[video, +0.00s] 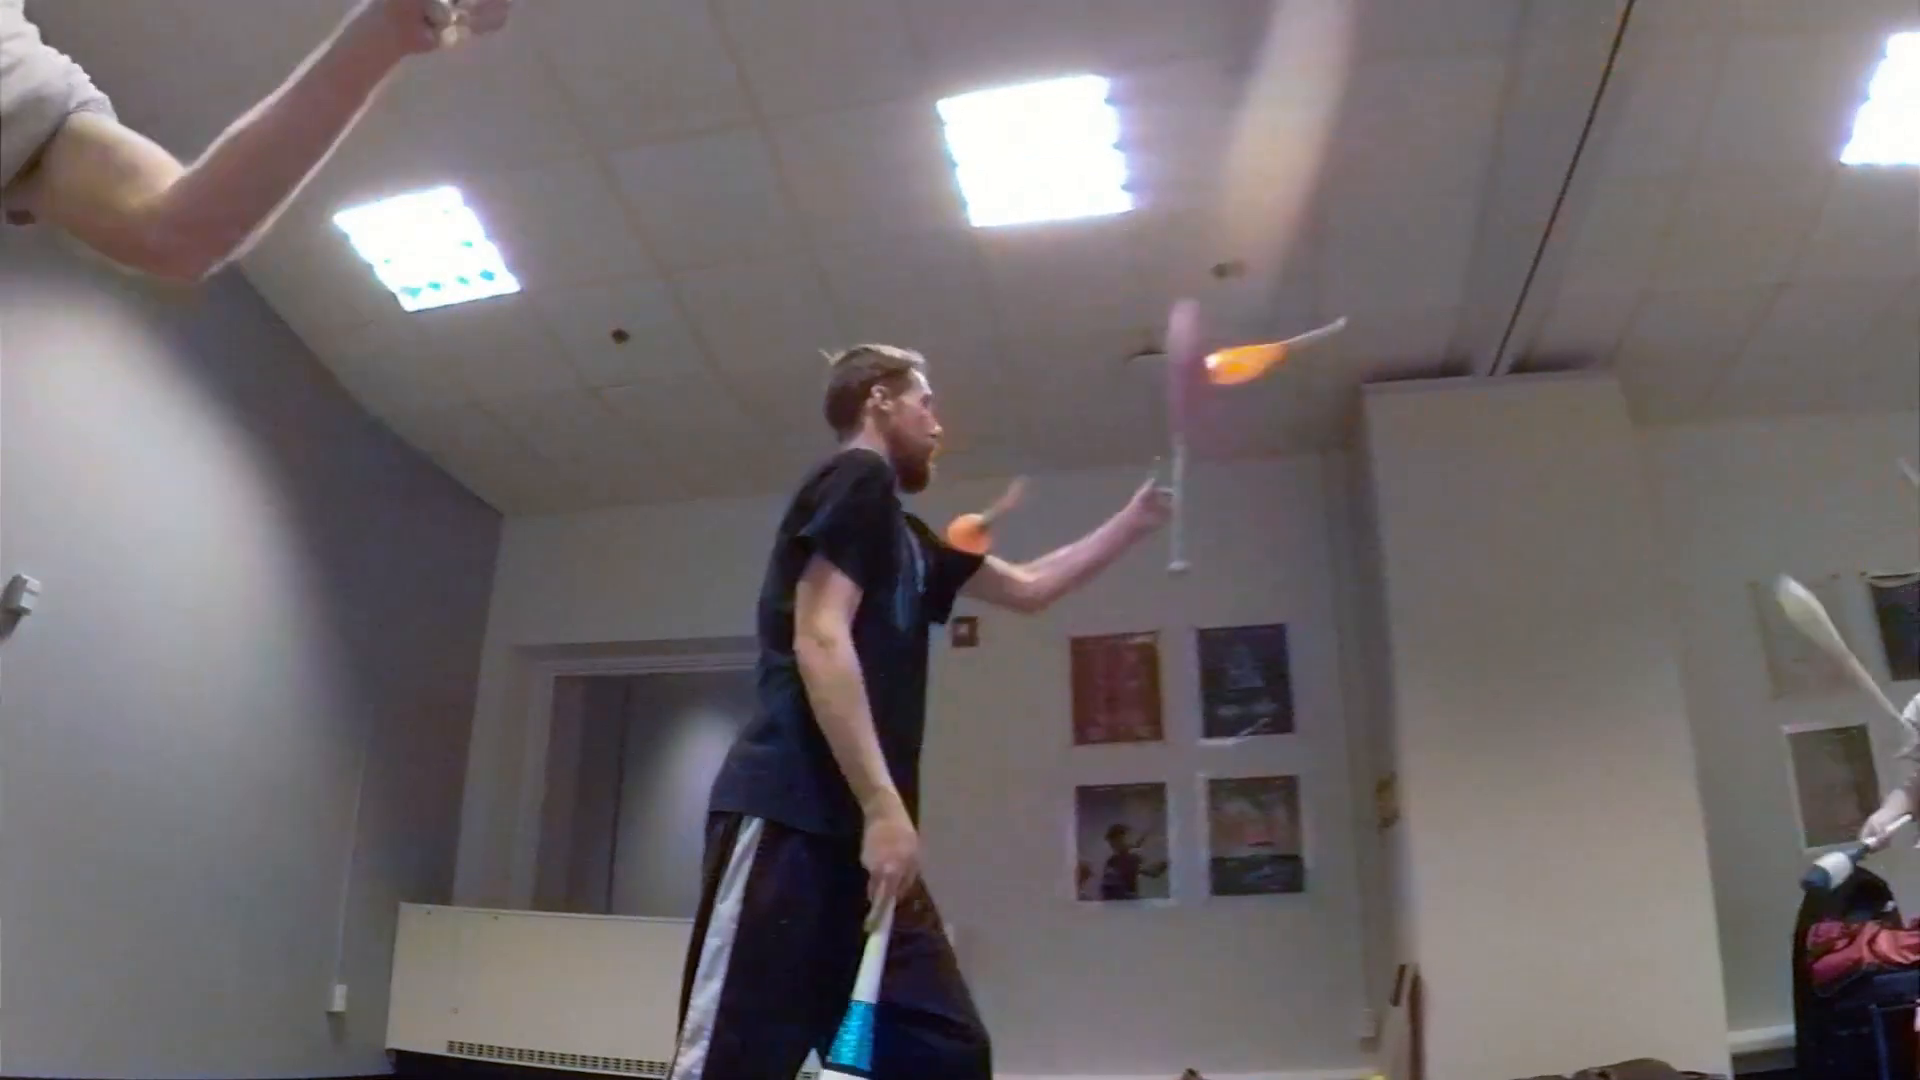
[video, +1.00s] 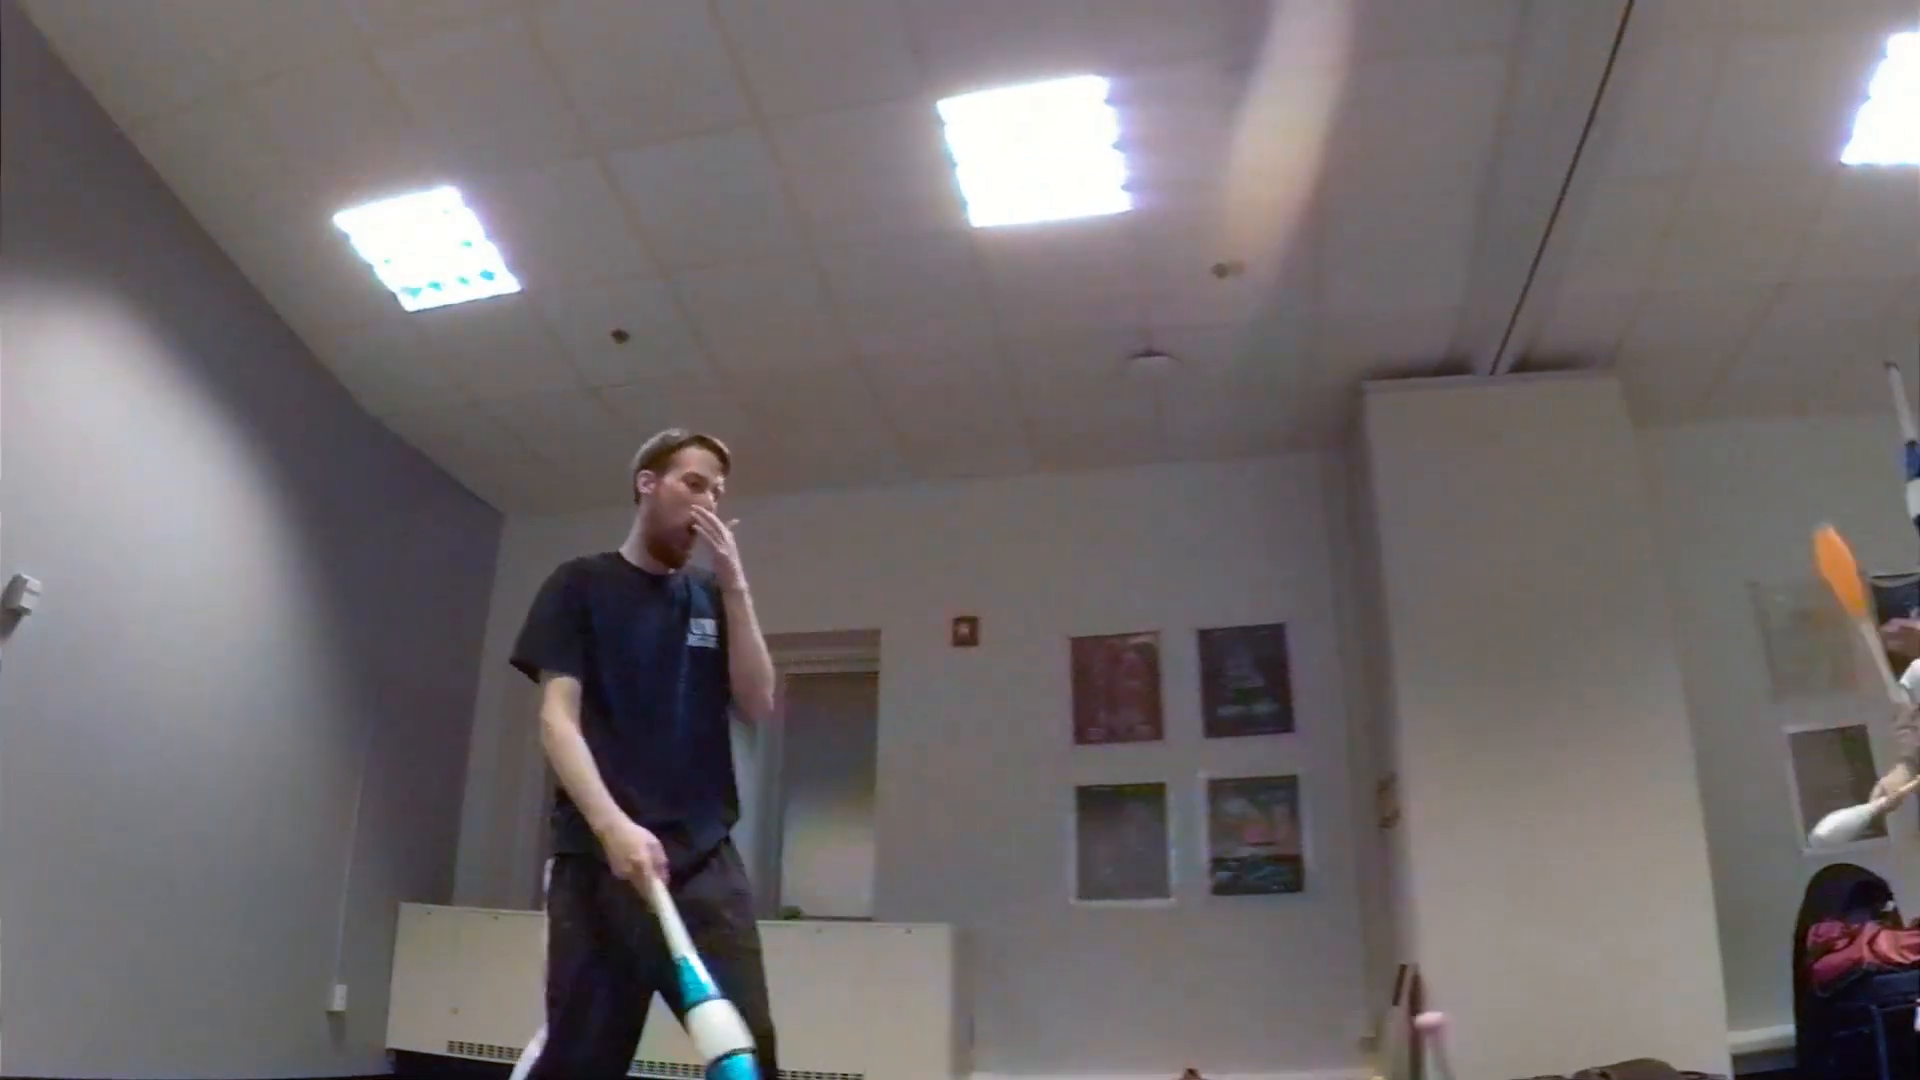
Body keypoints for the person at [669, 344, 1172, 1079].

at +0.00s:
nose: (939, 420)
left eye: (935, 403)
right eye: (926, 400)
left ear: (887, 407)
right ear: (879, 403)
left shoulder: (906, 533)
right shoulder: (858, 478)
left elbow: (1026, 586)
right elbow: (819, 639)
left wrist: (1135, 519)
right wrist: (884, 810)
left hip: (858, 832)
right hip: (788, 819)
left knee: (946, 1051)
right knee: (728, 1060)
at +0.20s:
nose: (850, 365)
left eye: (844, 351)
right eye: (823, 353)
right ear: (771, 388)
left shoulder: (881, 476)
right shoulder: (770, 500)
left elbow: (984, 503)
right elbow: (822, 660)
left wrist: (1054, 468)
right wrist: (958, 770)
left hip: (913, 781)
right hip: (827, 791)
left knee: (982, 1027)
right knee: (845, 1034)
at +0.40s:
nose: (790, 410)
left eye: (786, 396)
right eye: (762, 397)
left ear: (794, 418)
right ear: (708, 429)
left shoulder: (825, 521)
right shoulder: (705, 566)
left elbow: (929, 593)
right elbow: (801, 715)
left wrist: (1027, 508)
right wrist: (963, 768)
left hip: (878, 819)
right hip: (790, 839)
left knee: (979, 1044)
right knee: (859, 1057)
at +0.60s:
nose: (750, 450)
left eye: (750, 437)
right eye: (725, 436)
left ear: (758, 455)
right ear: (672, 462)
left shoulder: (794, 552)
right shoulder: (649, 598)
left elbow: (874, 678)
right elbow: (717, 741)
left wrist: (907, 590)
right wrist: (870, 789)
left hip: (841, 857)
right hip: (743, 870)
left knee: (882, 1056)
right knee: (784, 1060)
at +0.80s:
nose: (744, 484)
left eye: (751, 474)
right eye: (725, 469)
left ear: (758, 492)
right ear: (675, 481)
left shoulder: (772, 583)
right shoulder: (625, 602)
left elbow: (837, 693)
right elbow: (640, 744)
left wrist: (791, 569)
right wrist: (746, 822)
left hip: (776, 865)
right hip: (667, 869)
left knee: (800, 1050)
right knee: (666, 1039)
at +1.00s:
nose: (707, 501)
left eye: (716, 491)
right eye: (693, 483)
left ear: (720, 507)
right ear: (646, 485)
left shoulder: (715, 599)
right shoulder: (581, 583)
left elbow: (759, 705)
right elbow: (556, 721)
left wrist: (733, 582)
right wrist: (614, 828)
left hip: (706, 866)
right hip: (601, 865)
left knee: (748, 1051)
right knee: (584, 1057)